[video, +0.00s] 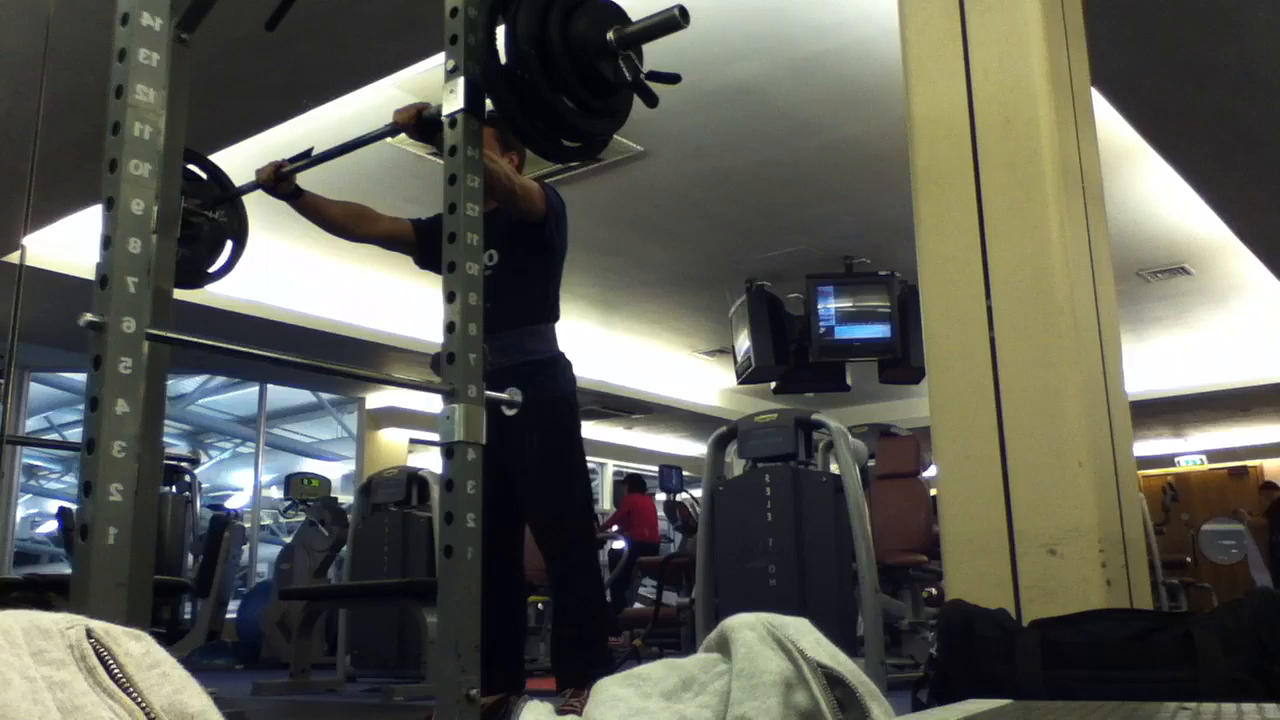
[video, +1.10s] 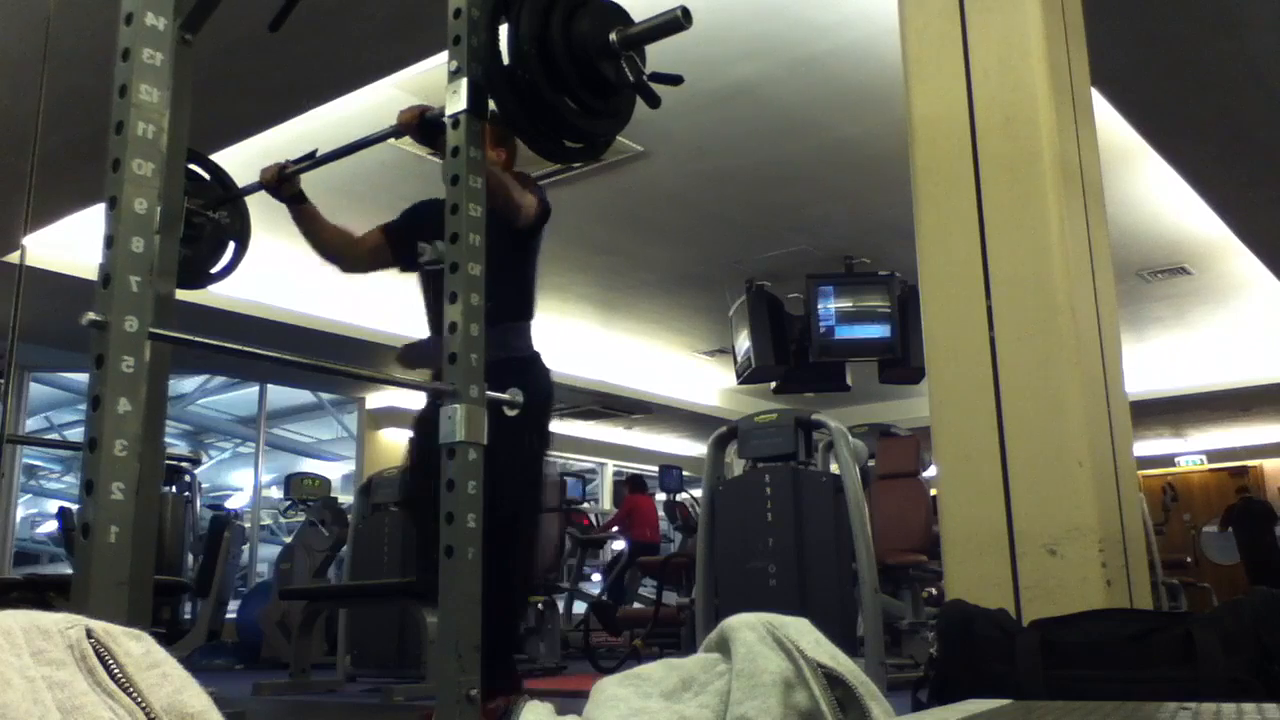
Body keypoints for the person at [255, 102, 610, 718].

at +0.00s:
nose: (469, 165)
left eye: (479, 153)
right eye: (464, 157)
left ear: (513, 156)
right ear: (460, 165)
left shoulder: (543, 209)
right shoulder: (458, 227)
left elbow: (505, 182)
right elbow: (369, 224)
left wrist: (441, 132)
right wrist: (294, 193)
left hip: (537, 384)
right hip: (476, 392)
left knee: (563, 537)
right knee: (489, 546)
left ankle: (579, 684)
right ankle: (499, 687)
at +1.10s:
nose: (468, 157)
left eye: (479, 145)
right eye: (460, 146)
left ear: (504, 152)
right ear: (447, 154)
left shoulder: (526, 200)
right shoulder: (431, 217)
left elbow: (517, 207)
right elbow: (350, 252)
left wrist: (445, 142)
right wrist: (297, 198)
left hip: (512, 389)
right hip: (449, 392)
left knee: (503, 537)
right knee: (435, 536)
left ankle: (500, 683)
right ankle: (461, 679)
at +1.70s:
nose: (368, 95)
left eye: (384, 94)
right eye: (372, 89)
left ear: (404, 124)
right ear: (356, 110)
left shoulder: (402, 177)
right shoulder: (299, 175)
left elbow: (365, 213)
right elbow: (225, 245)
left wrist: (399, 133)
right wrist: (251, 178)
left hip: (324, 331)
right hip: (254, 328)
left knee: (301, 498)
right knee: (218, 498)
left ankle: (386, 666)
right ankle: (248, 690)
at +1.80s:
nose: (368, 91)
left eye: (387, 91)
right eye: (372, 86)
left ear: (406, 123)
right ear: (352, 108)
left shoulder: (400, 171)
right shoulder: (297, 173)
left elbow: (361, 206)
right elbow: (220, 235)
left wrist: (397, 127)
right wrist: (255, 172)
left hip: (325, 325)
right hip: (256, 325)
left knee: (308, 500)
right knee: (227, 509)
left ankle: (388, 667)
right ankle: (250, 692)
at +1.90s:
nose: (368, 88)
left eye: (387, 87)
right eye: (372, 83)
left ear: (410, 117)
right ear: (355, 109)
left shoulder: (404, 165)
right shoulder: (305, 173)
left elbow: (370, 201)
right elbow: (220, 227)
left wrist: (402, 124)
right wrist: (259, 167)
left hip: (331, 323)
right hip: (264, 323)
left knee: (327, 505)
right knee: (238, 509)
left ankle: (392, 669)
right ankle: (250, 692)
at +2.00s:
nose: (375, 94)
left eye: (393, 91)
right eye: (377, 89)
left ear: (417, 121)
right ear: (361, 114)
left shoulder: (413, 170)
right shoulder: (320, 184)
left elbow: (378, 197)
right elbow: (227, 228)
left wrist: (407, 124)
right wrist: (267, 170)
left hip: (343, 326)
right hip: (280, 328)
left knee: (341, 505)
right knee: (239, 510)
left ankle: (397, 679)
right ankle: (252, 693)